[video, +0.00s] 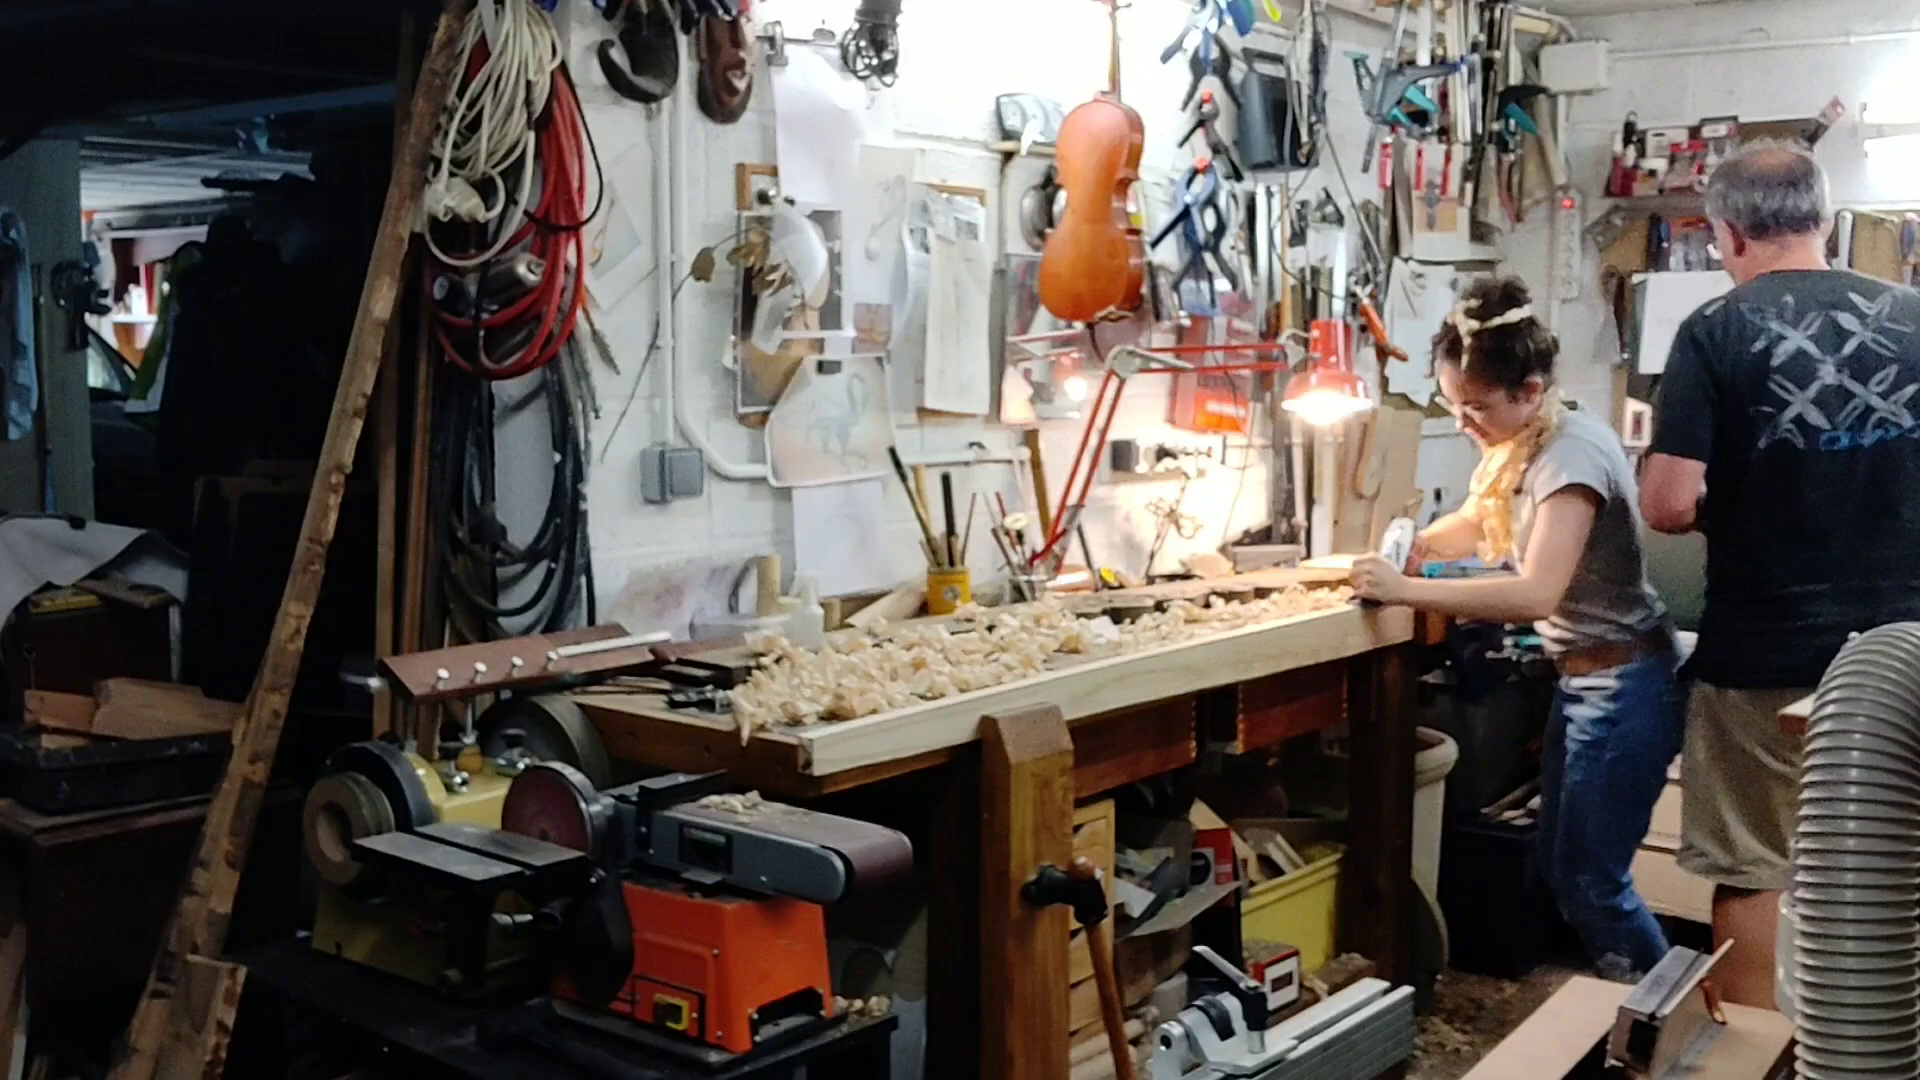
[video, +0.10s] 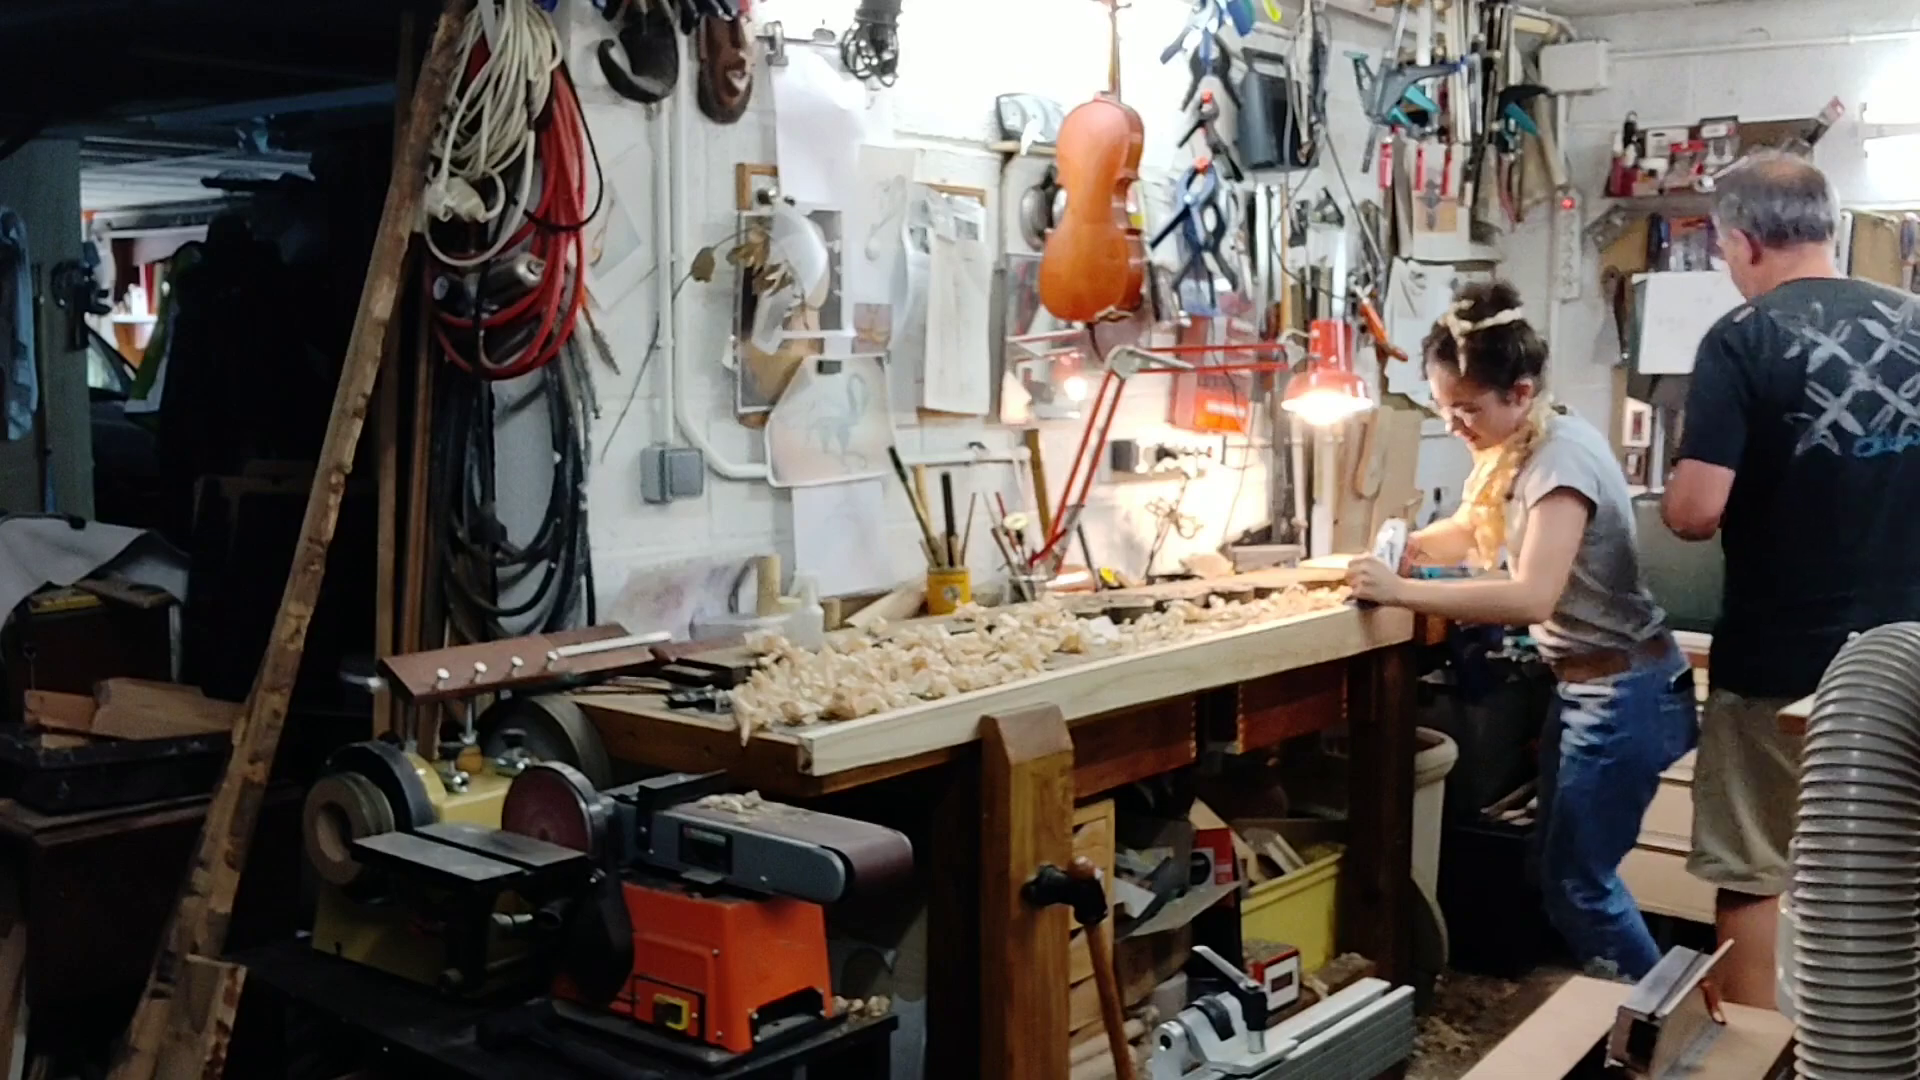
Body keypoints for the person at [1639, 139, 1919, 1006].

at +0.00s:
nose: (1718, 253)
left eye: (1716, 237)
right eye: (1715, 238)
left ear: (1732, 235)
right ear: (1824, 224)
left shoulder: (1718, 328)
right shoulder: (1909, 312)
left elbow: (1667, 505)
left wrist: (1739, 486)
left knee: (1753, 878)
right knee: (1890, 874)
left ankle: (1751, 1065)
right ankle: (1877, 1059)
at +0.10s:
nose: (1725, 264)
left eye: (1723, 246)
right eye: (1720, 248)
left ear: (1748, 241)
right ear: (1827, 231)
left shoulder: (1744, 336)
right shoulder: (1908, 314)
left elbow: (1695, 510)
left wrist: (1678, 492)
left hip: (1781, 657)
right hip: (1902, 652)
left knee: (1753, 882)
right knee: (1885, 875)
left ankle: (1751, 1065)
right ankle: (1874, 1056)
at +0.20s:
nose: (1736, 279)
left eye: (1732, 259)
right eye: (1728, 262)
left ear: (1767, 244)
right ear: (1832, 236)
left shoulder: (1778, 335)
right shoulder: (1907, 315)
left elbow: (1747, 502)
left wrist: (1693, 509)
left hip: (1799, 662)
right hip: (1904, 654)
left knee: (1755, 869)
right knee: (1884, 866)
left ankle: (1761, 1047)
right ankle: (1872, 1042)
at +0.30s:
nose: (1737, 274)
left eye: (1734, 251)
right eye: (1729, 256)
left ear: (1780, 232)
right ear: (1823, 230)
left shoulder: (1809, 324)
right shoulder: (1902, 307)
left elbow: (1782, 489)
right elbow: (1878, 472)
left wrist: (1704, 499)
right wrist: (1747, 480)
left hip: (1805, 656)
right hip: (1897, 649)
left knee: (1758, 857)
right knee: (1875, 853)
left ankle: (1779, 1029)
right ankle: (1862, 1028)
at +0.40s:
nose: (1729, 264)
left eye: (1731, 241)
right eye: (1724, 245)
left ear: (1785, 228)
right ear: (1808, 229)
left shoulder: (1825, 319)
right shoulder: (1890, 306)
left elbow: (1810, 483)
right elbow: (1854, 469)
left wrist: (1705, 492)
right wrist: (1736, 468)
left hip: (1803, 654)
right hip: (1880, 646)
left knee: (1763, 856)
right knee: (1856, 851)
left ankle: (1784, 1024)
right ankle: (1845, 1027)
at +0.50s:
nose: (1715, 266)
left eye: (1721, 243)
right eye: (1712, 247)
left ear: (1780, 233)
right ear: (1796, 235)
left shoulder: (1825, 322)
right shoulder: (1877, 315)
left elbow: (1821, 487)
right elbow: (1849, 479)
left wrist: (1697, 491)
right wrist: (1719, 474)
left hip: (1791, 663)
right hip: (1857, 657)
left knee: (1764, 866)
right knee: (1836, 860)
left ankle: (1783, 1028)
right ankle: (1825, 1026)